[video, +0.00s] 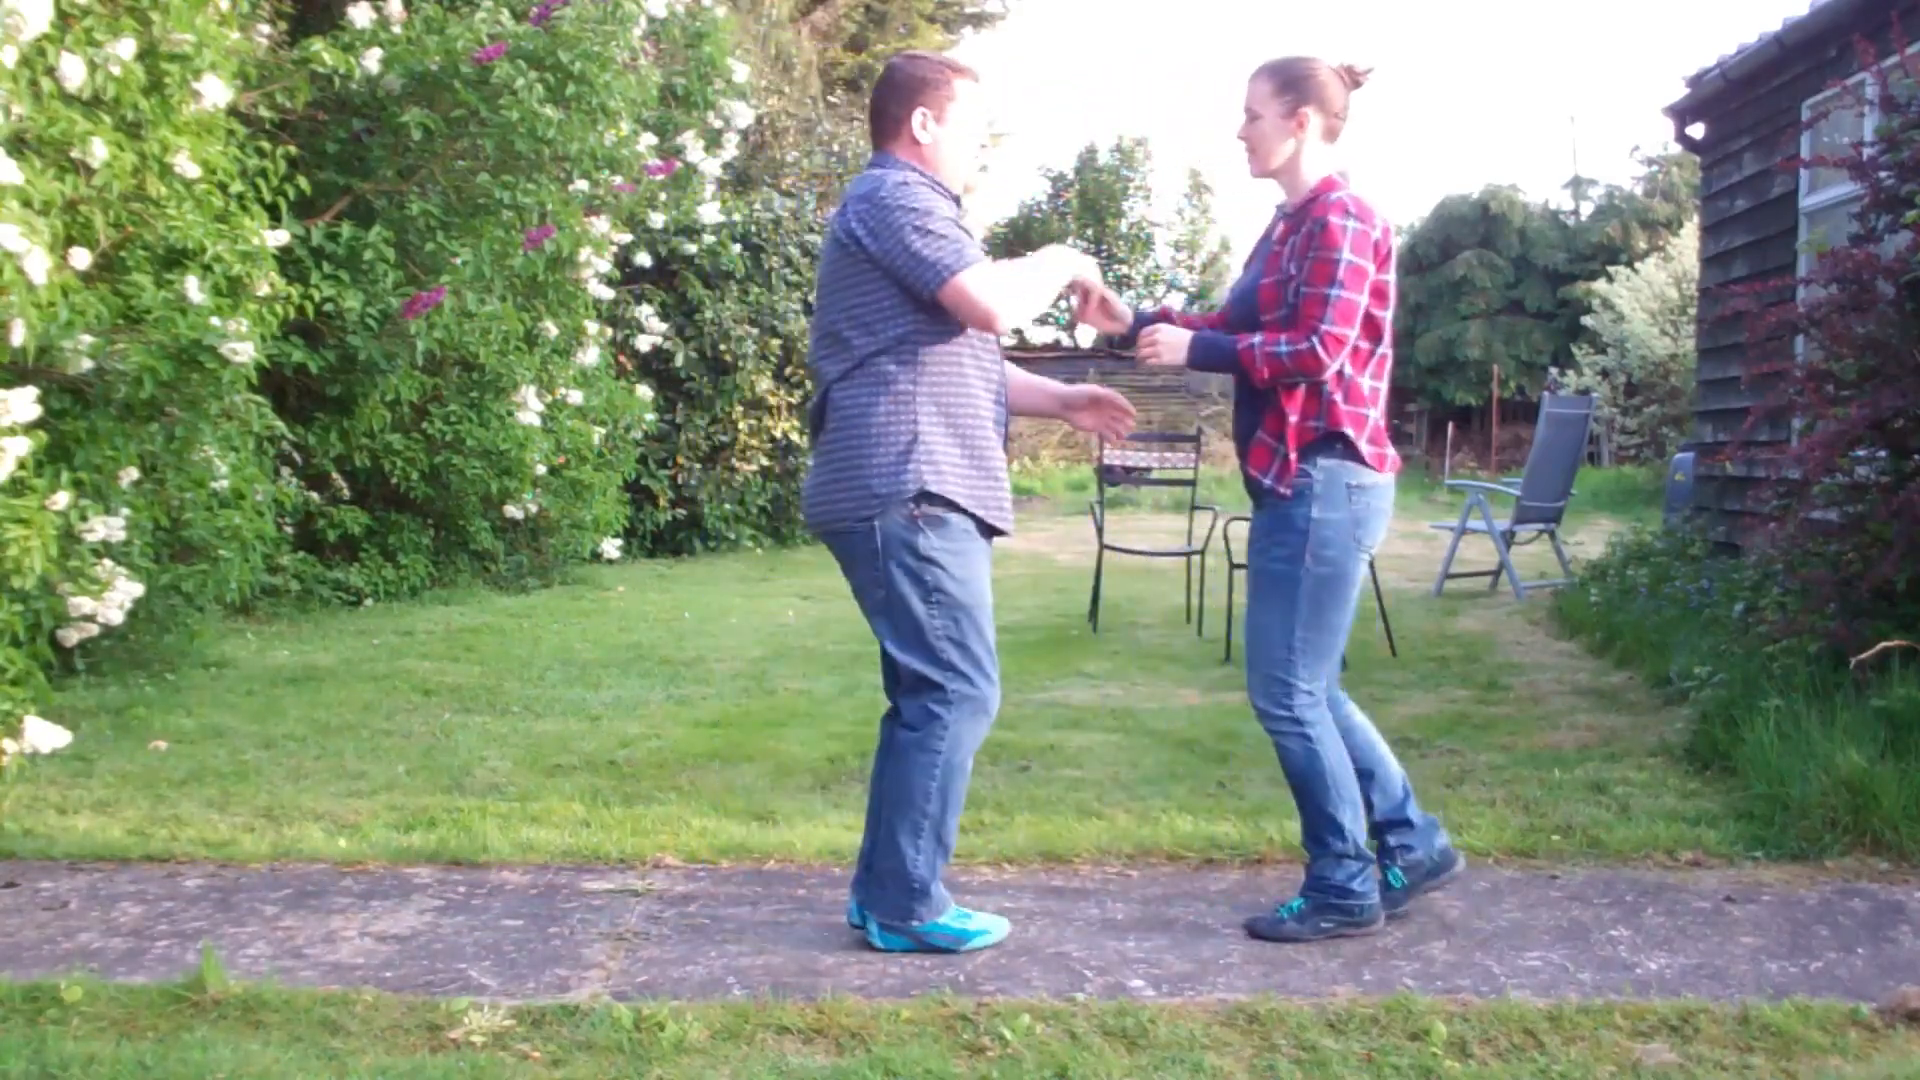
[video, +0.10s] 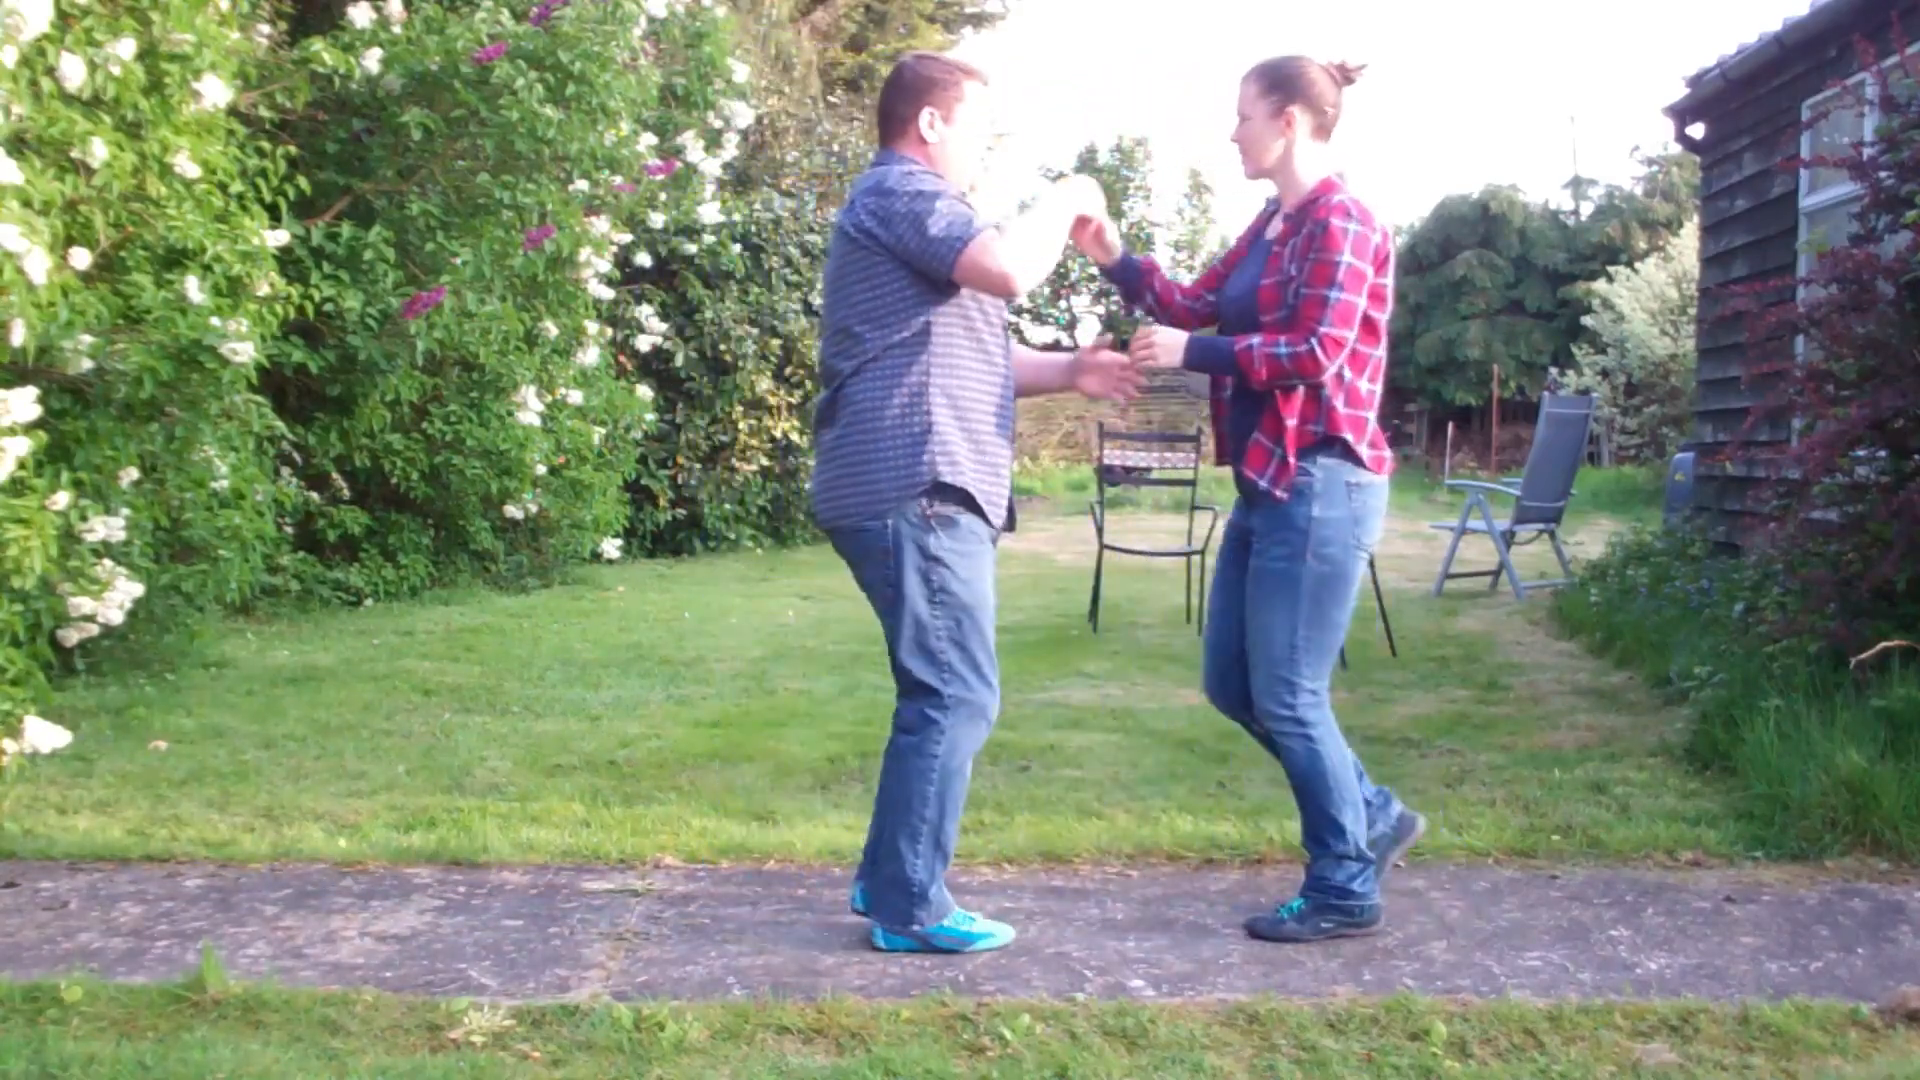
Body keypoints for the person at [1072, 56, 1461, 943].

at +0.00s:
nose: (1239, 132)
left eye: (1252, 118)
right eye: (1242, 117)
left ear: (1304, 123)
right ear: (1293, 124)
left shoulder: (1343, 221)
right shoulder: (1286, 231)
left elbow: (1317, 348)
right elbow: (1226, 327)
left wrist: (1200, 352)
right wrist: (1128, 318)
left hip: (1329, 481)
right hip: (1300, 482)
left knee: (1285, 692)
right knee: (1304, 686)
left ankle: (1344, 888)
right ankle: (1412, 843)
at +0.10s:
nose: (1233, 135)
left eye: (1245, 119)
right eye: (1235, 120)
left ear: (1293, 123)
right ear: (1278, 125)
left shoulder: (1345, 224)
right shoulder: (1267, 231)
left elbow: (1316, 353)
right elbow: (1192, 307)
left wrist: (1197, 349)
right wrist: (1112, 258)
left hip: (1323, 484)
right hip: (1268, 486)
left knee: (1287, 693)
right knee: (1233, 682)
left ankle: (1342, 890)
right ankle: (1373, 813)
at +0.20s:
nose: (1225, 137)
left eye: (1232, 120)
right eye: (1226, 121)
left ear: (1276, 122)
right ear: (1273, 124)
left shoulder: (1348, 225)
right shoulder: (1247, 225)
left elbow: (1315, 355)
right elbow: (1149, 262)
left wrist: (1182, 346)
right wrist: (1100, 185)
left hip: (1318, 484)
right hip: (1246, 485)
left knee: (1289, 690)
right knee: (1201, 676)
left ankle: (1346, 888)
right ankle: (1306, 834)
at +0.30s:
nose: (1214, 135)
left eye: (1222, 118)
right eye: (1217, 120)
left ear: (1261, 120)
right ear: (1260, 122)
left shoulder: (1339, 225)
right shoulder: (1231, 213)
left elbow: (1310, 355)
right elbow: (1130, 215)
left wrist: (1175, 338)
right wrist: (1097, 133)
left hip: (1308, 482)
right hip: (1228, 484)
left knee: (1292, 692)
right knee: (1185, 681)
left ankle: (1345, 886)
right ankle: (1239, 868)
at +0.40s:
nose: (1204, 141)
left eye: (1212, 124)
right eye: (1207, 126)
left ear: (1249, 123)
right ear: (1252, 124)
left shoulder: (1328, 228)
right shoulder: (1220, 210)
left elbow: (1295, 353)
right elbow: (1124, 191)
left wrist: (1160, 328)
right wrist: (1096, 105)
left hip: (1291, 481)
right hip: (1210, 484)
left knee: (1285, 690)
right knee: (1176, 683)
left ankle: (1345, 885)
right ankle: (1228, 880)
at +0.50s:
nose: (1192, 140)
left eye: (1200, 124)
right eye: (1195, 125)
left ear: (1237, 124)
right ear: (1243, 126)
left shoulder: (1310, 229)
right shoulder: (1209, 210)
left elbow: (1269, 351)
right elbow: (1122, 186)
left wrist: (1143, 322)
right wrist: (1096, 103)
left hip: (1270, 480)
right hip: (1194, 482)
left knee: (1248, 687)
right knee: (1172, 684)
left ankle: (1335, 870)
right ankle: (1226, 880)